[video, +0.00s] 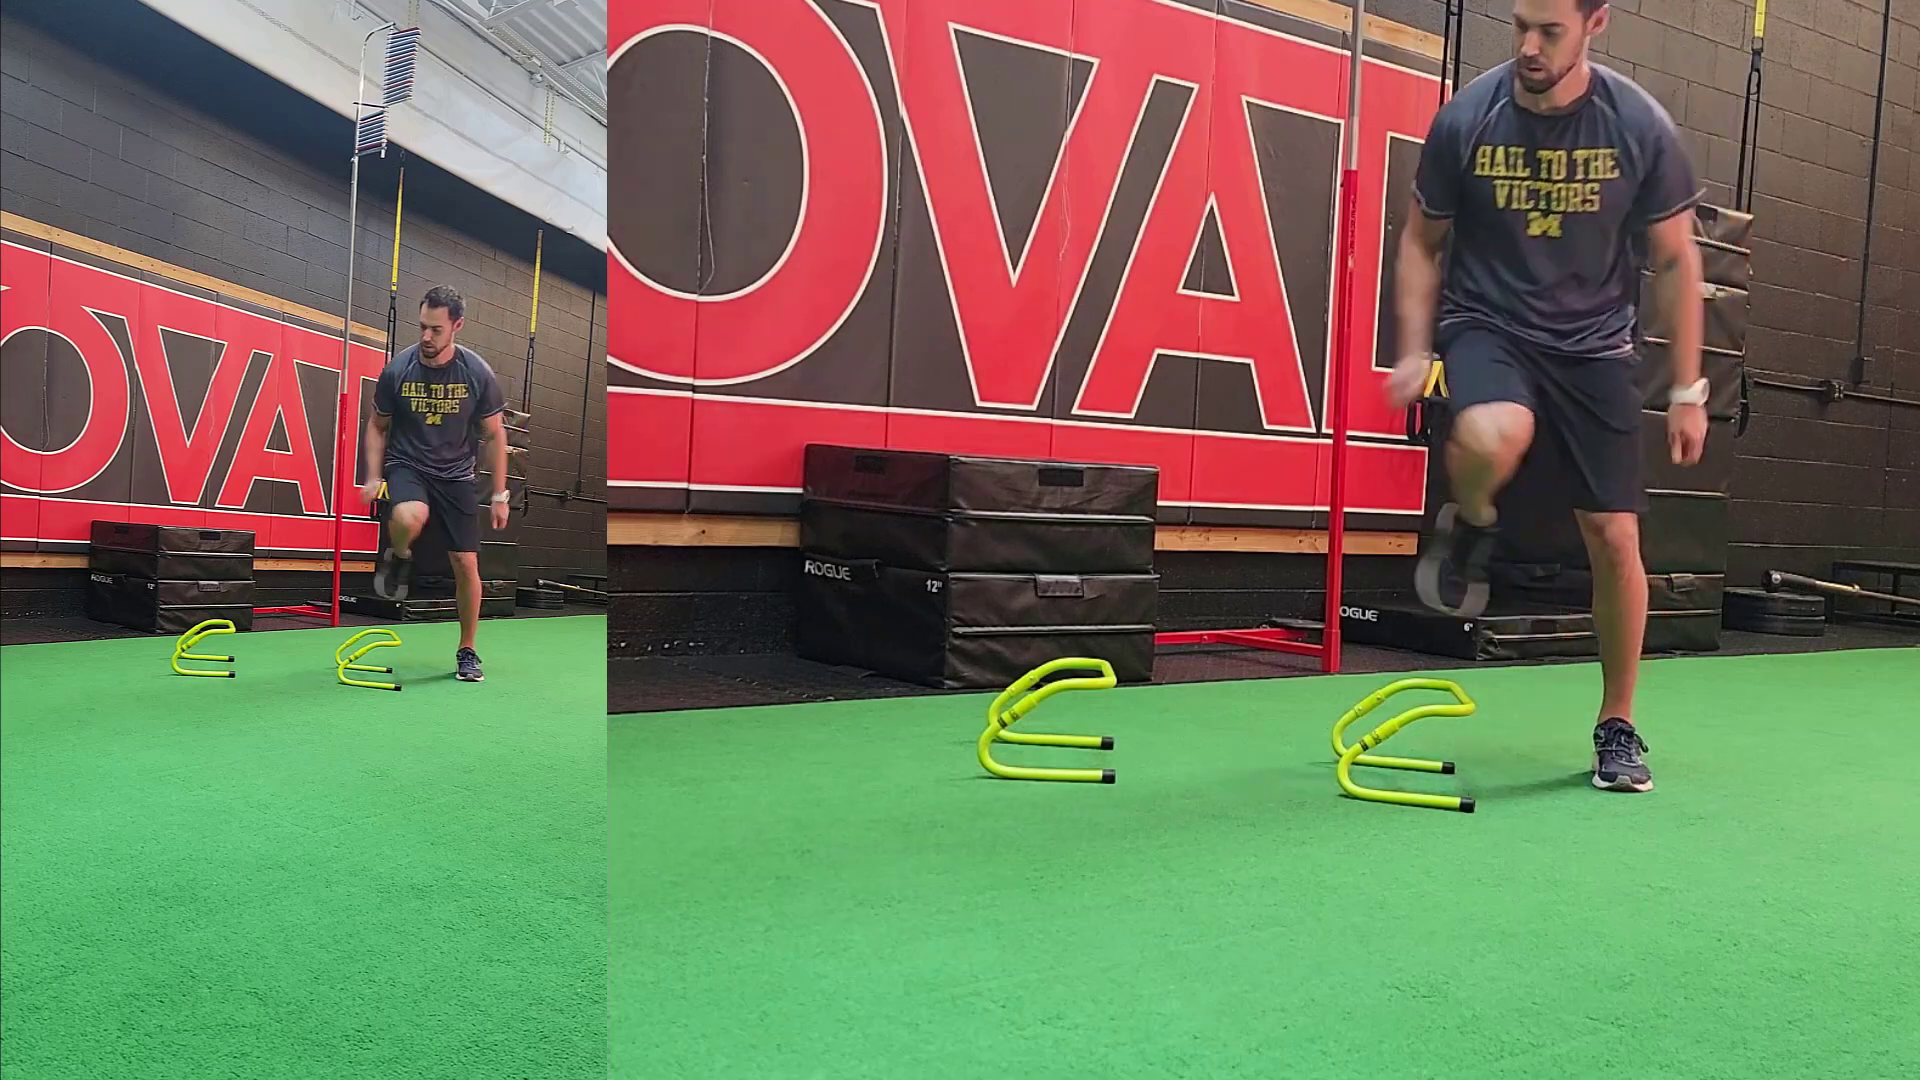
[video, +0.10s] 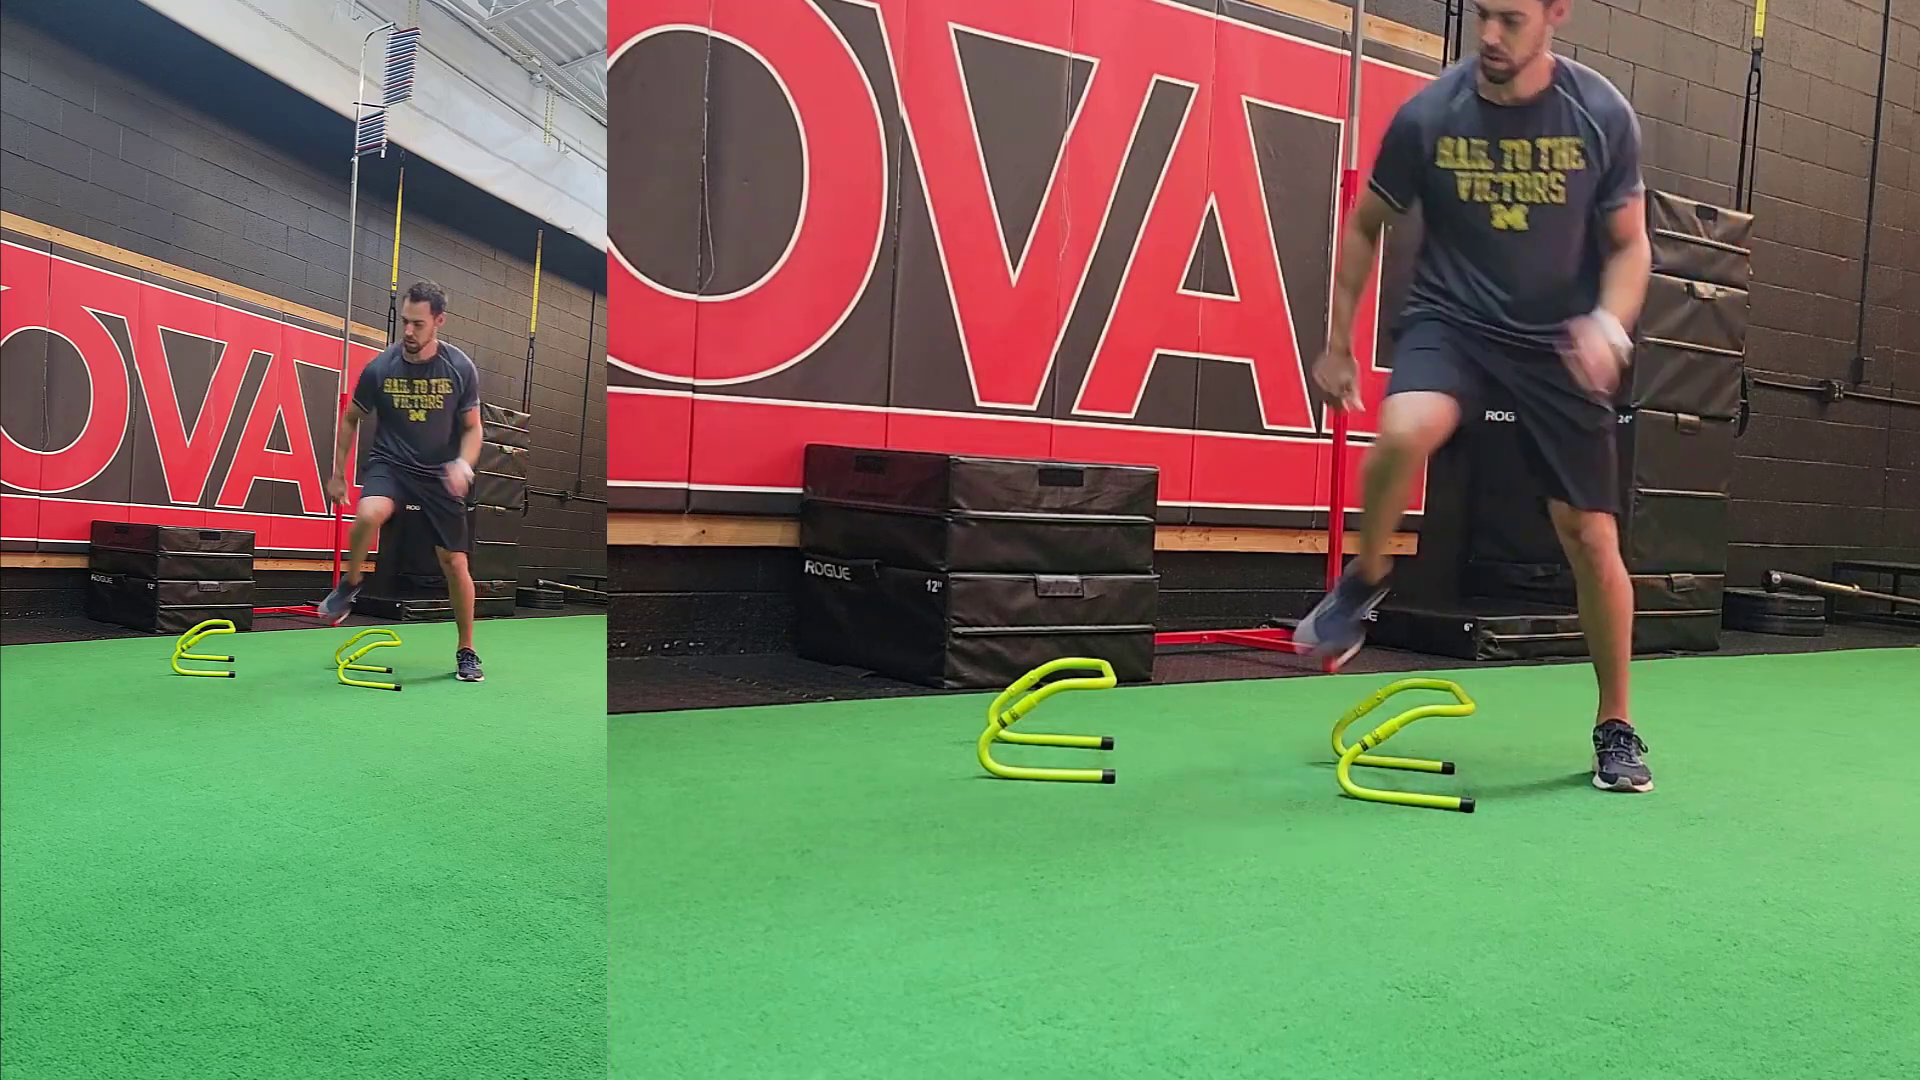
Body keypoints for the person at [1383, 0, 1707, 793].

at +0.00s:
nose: (1530, 48)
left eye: (1549, 31)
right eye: (1521, 28)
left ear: (1594, 24)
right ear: (1508, 23)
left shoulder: (1641, 126)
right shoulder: (1463, 121)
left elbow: (1677, 260)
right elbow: (1423, 240)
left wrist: (1688, 389)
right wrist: (1411, 350)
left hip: (1595, 343)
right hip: (1486, 325)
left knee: (1614, 534)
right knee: (1492, 438)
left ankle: (1618, 725)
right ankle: (1467, 525)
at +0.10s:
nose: (1490, 37)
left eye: (1510, 21)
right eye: (1482, 17)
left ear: (1554, 20)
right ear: (1468, 15)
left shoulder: (1604, 118)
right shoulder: (1427, 117)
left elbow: (1629, 246)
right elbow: (1365, 226)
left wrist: (1612, 324)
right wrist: (1335, 345)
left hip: (1562, 339)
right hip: (1450, 324)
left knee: (1591, 536)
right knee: (1401, 433)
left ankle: (1615, 725)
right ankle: (1365, 582)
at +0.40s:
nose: (1340, 10)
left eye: (1358, 2)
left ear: (1390, 4)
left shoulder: (1438, 80)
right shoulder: (1261, 77)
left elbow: (1479, 183)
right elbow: (1211, 201)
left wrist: (1489, 297)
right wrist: (1245, 260)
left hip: (1387, 298)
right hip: (1281, 305)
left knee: (1380, 412)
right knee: (1261, 506)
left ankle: (1374, 559)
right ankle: (1251, 697)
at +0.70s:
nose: (1161, 6)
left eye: (1179, 2)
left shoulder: (1273, 66)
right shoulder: (1098, 46)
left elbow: (1317, 201)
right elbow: (1069, 158)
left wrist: (1259, 292)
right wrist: (1038, 251)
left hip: (1215, 298)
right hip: (1112, 273)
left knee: (1225, 491)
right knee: (1025, 402)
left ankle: (1268, 696)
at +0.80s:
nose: (1092, 6)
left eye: (1109, 1)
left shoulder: (1207, 68)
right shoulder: (1029, 52)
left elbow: (1244, 215)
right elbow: (1009, 177)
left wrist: (1145, 270)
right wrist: (986, 280)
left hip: (1166, 280)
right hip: (1055, 268)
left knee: (1142, 441)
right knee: (974, 453)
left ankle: (1202, 580)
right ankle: (881, 660)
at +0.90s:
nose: (1030, 52)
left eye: (1049, 34)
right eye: (1020, 32)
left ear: (1092, 22)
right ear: (1007, 24)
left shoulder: (1141, 130)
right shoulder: (973, 102)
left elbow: (1145, 289)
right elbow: (962, 225)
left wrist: (1018, 264)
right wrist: (964, 312)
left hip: (1091, 328)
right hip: (989, 327)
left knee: (1047, 433)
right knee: (926, 494)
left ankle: (1099, 481)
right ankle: (870, 694)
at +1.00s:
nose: (981, 101)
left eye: (1001, 83)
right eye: (970, 79)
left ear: (1048, 68)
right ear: (959, 59)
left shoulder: (1099, 174)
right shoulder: (935, 136)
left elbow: (1051, 325)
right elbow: (927, 244)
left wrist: (954, 232)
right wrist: (939, 218)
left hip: (1061, 360)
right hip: (958, 346)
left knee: (978, 449)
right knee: (884, 491)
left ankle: (974, 553)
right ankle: (867, 692)